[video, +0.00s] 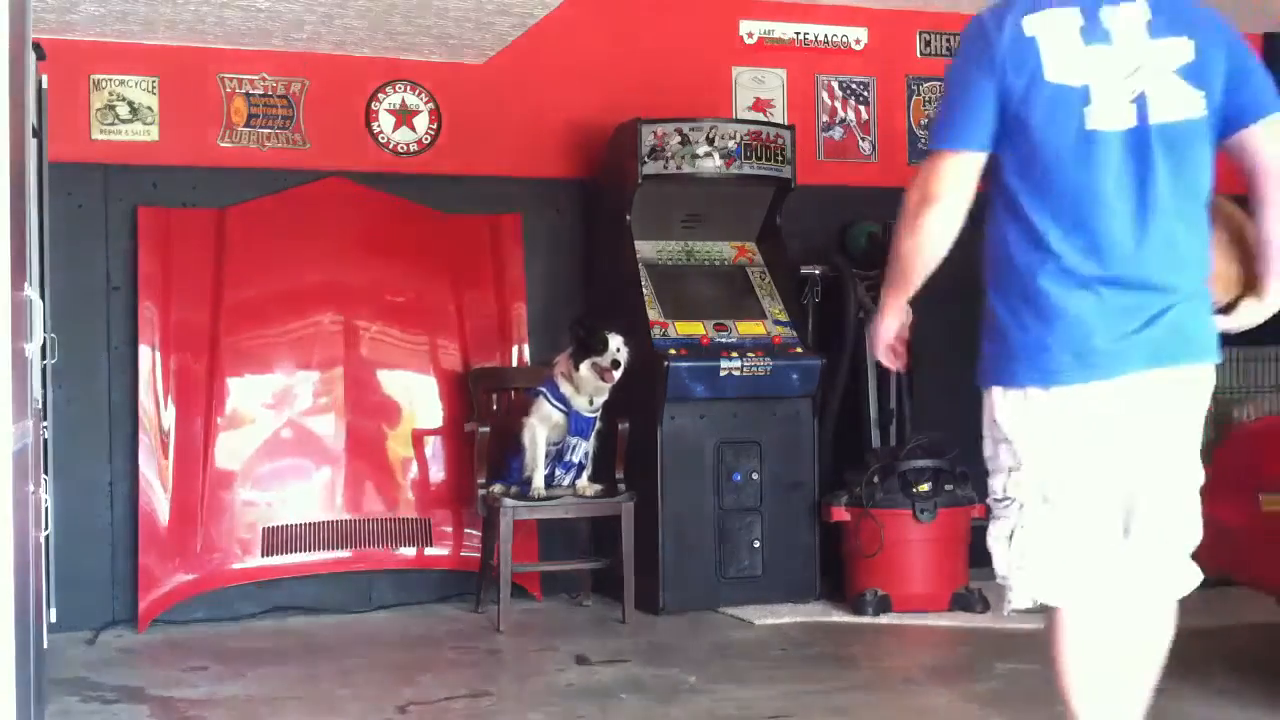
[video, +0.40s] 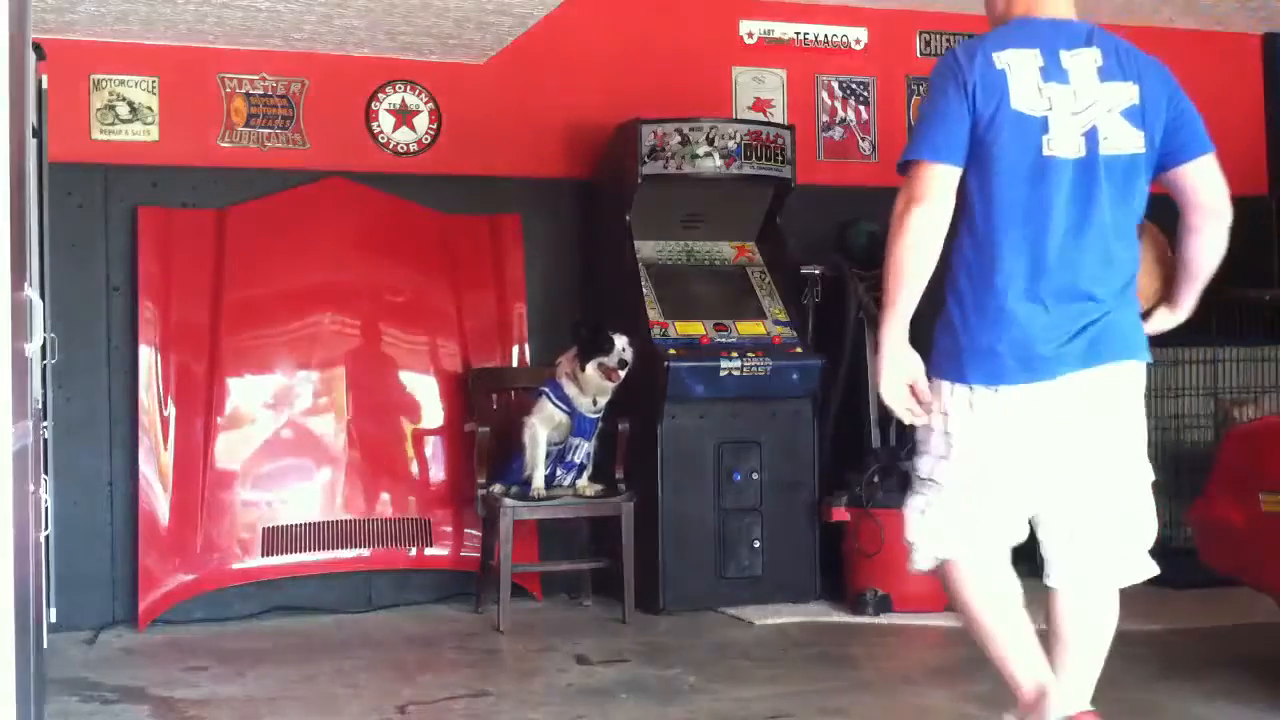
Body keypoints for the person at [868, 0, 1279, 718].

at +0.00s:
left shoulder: (1005, 29)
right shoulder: (1202, 26)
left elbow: (942, 191)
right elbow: (1269, 169)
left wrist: (895, 297)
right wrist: (1267, 287)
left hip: (1052, 356)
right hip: (1176, 346)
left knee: (1081, 587)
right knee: (1155, 580)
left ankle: (1093, 710)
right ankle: (1123, 710)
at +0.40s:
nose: (984, 8)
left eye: (985, 4)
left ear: (1000, 1)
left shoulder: (971, 65)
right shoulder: (1145, 72)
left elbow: (925, 201)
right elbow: (1210, 204)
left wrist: (893, 332)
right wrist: (1181, 300)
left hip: (987, 361)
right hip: (1107, 356)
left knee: (964, 537)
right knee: (1090, 557)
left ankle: (1038, 694)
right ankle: (1070, 709)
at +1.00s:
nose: (876, 47)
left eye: (877, 33)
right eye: (879, 33)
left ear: (891, 32)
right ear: (957, 29)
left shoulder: (873, 117)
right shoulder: (1028, 107)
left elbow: (843, 240)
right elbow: (1091, 226)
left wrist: (816, 349)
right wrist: (1073, 303)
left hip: (904, 371)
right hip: (1005, 364)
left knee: (908, 539)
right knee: (1004, 526)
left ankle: (925, 702)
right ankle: (1036, 657)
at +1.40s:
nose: (843, 72)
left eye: (844, 61)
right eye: (846, 62)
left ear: (854, 59)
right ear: (919, 58)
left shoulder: (839, 134)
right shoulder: (979, 134)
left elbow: (795, 264)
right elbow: (1025, 253)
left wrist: (789, 319)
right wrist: (1004, 327)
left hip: (871, 368)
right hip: (957, 362)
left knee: (892, 533)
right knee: (943, 529)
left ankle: (927, 697)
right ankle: (914, 664)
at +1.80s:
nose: (839, 89)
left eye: (839, 78)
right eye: (843, 78)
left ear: (850, 75)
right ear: (907, 74)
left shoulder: (841, 138)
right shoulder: (962, 148)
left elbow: (798, 255)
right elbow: (972, 263)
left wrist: (767, 282)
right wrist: (895, 262)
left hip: (851, 366)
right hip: (937, 365)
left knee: (817, 503)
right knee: (924, 512)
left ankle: (880, 638)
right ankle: (912, 670)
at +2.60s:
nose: (749, 159)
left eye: (746, 148)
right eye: (746, 150)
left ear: (759, 130)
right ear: (801, 118)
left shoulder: (784, 173)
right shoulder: (868, 162)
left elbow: (781, 285)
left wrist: (767, 390)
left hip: (853, 366)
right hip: (935, 356)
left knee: (833, 522)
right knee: (924, 514)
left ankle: (843, 674)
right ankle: (957, 660)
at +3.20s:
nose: (814, 170)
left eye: (809, 155)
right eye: (808, 159)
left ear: (828, 130)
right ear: (856, 122)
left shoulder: (870, 169)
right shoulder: (932, 161)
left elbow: (866, 262)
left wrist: (768, 291)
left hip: (921, 362)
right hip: (990, 353)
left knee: (884, 507)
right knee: (979, 506)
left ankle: (895, 657)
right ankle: (981, 649)